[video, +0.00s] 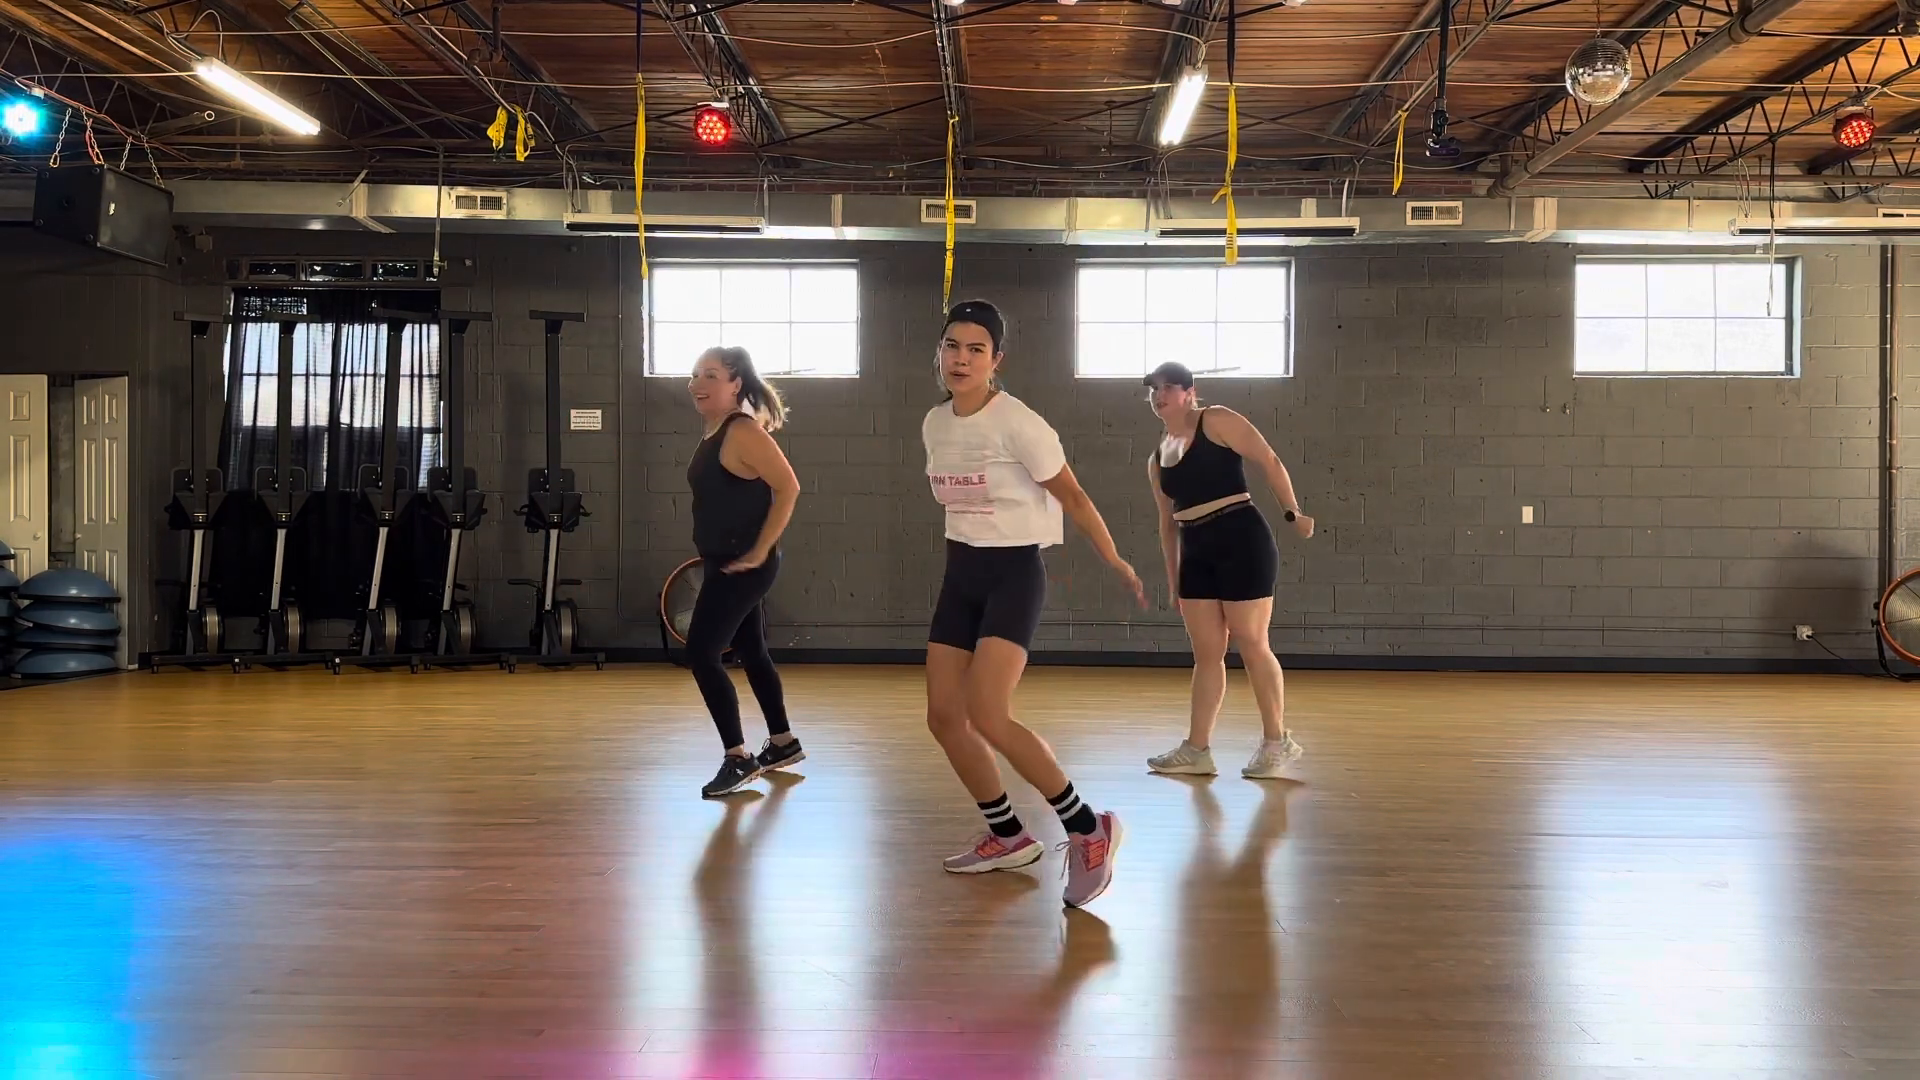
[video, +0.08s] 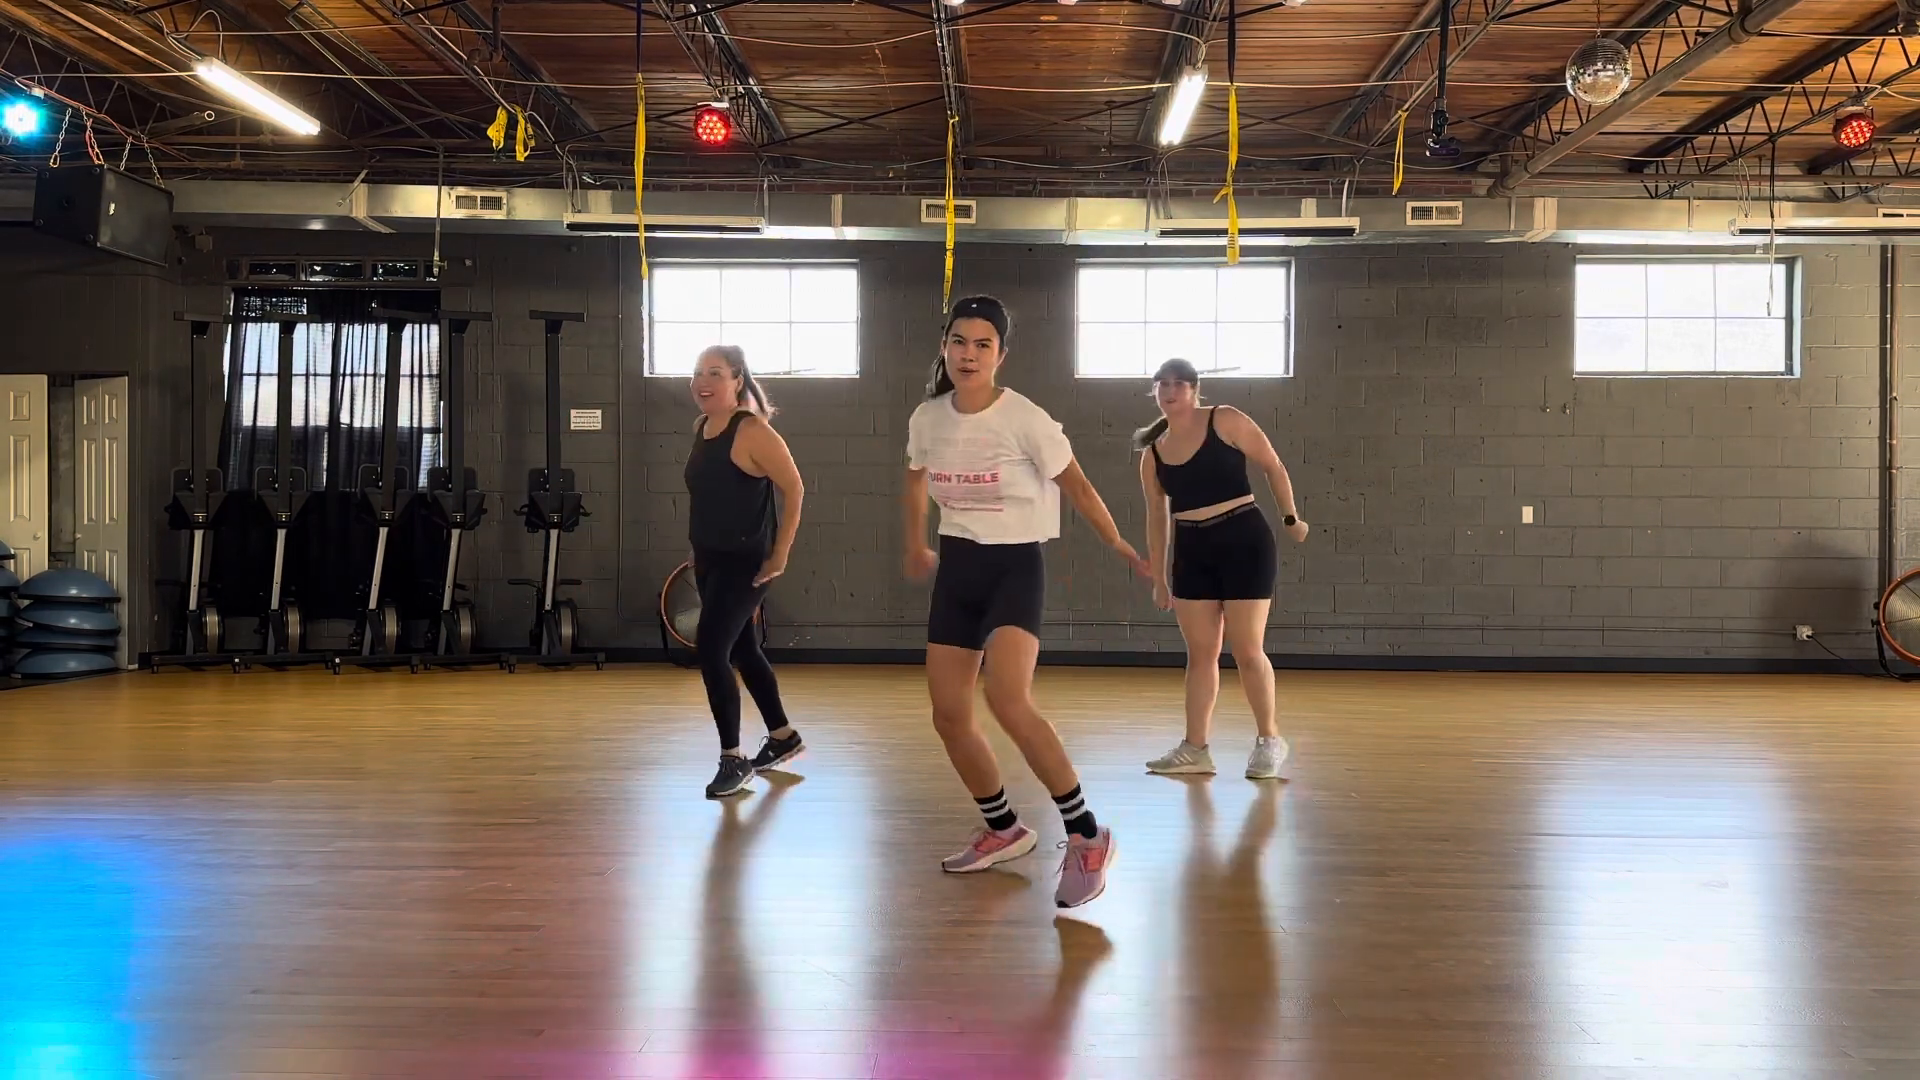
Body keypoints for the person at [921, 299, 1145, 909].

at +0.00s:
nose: (959, 356)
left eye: (974, 348)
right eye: (951, 344)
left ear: (995, 360)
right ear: (938, 352)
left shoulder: (1019, 423)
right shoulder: (935, 423)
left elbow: (1074, 497)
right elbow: (965, 498)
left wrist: (1115, 560)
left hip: (1015, 571)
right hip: (961, 570)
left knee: (989, 714)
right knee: (945, 716)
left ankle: (1087, 831)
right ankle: (1009, 835)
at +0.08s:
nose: (968, 352)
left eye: (981, 343)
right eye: (959, 340)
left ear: (1000, 354)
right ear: (944, 348)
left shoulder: (1026, 418)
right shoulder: (927, 418)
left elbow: (1077, 486)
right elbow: (917, 483)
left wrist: (1121, 546)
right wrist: (916, 542)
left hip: (1015, 566)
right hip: (956, 567)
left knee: (1007, 698)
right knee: (949, 712)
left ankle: (1086, 836)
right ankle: (1004, 829)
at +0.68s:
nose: (1027, 327)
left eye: (1038, 313)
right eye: (1011, 318)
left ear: (1056, 324)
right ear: (995, 336)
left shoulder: (1069, 390)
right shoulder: (983, 416)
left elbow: (1055, 472)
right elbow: (916, 498)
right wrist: (878, 582)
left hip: (1056, 568)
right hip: (982, 574)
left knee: (1061, 727)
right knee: (944, 732)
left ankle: (1056, 892)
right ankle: (908, 819)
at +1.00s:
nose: (956, 366)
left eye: (970, 353)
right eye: (942, 355)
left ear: (996, 364)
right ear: (928, 369)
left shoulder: (1044, 426)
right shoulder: (905, 453)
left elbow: (1057, 514)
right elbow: (910, 534)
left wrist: (1026, 574)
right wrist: (948, 581)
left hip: (1023, 589)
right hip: (939, 593)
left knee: (1062, 746)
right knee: (886, 744)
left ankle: (1051, 892)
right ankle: (833, 885)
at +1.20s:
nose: (879, 383)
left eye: (897, 372)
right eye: (873, 367)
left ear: (929, 386)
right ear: (861, 370)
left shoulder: (948, 465)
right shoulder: (859, 428)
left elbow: (1024, 523)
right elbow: (901, 502)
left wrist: (1026, 555)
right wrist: (980, 537)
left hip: (979, 587)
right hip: (902, 591)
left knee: (1058, 750)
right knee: (843, 731)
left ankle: (1133, 888)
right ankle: (826, 892)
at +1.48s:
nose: (952, 410)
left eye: (967, 396)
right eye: (938, 395)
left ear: (990, 406)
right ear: (917, 400)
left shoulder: (1015, 474)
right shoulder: (873, 455)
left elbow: (1003, 521)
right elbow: (836, 499)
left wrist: (947, 541)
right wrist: (892, 536)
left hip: (969, 587)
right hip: (881, 593)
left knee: (1052, 719)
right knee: (827, 735)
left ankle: (1125, 873)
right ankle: (810, 883)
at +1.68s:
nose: (1028, 413)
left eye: (1038, 395)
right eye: (1010, 401)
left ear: (1054, 396)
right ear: (984, 413)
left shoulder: (1056, 443)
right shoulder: (956, 491)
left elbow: (1008, 517)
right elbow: (888, 542)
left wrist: (925, 545)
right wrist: (879, 551)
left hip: (1000, 603)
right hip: (920, 599)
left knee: (1056, 738)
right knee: (841, 754)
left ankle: (1072, 905)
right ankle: (741, 878)